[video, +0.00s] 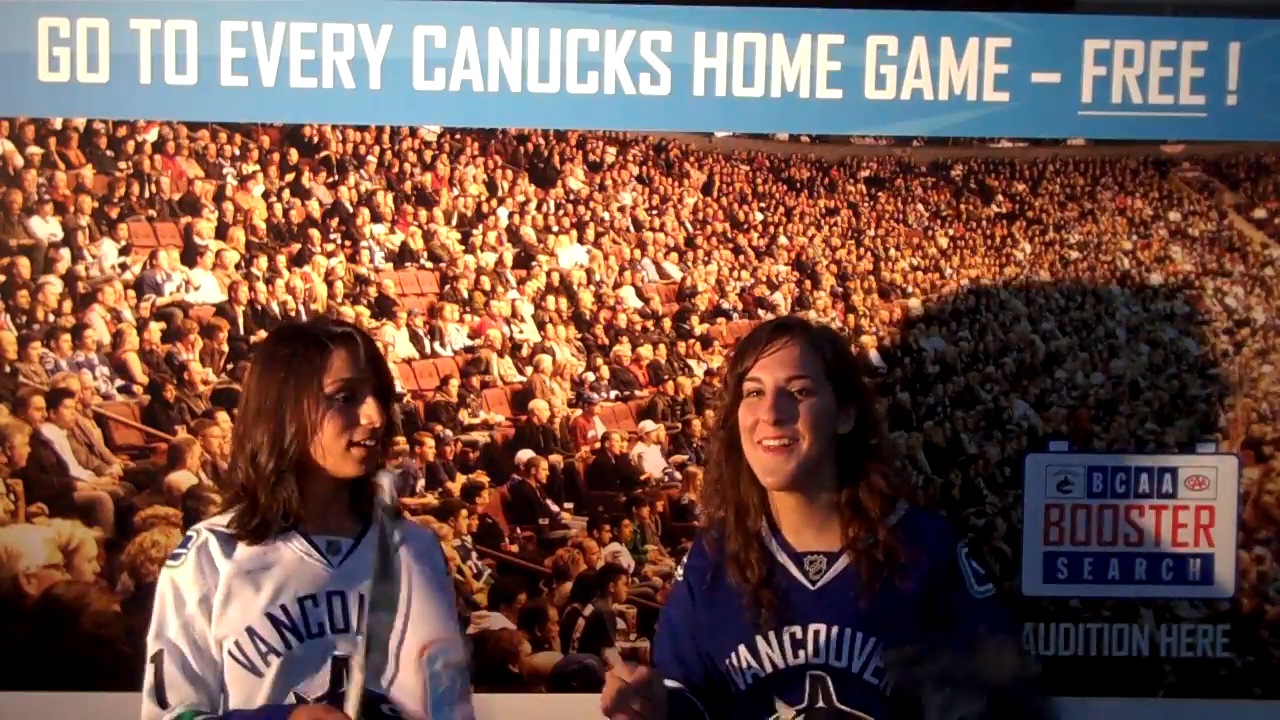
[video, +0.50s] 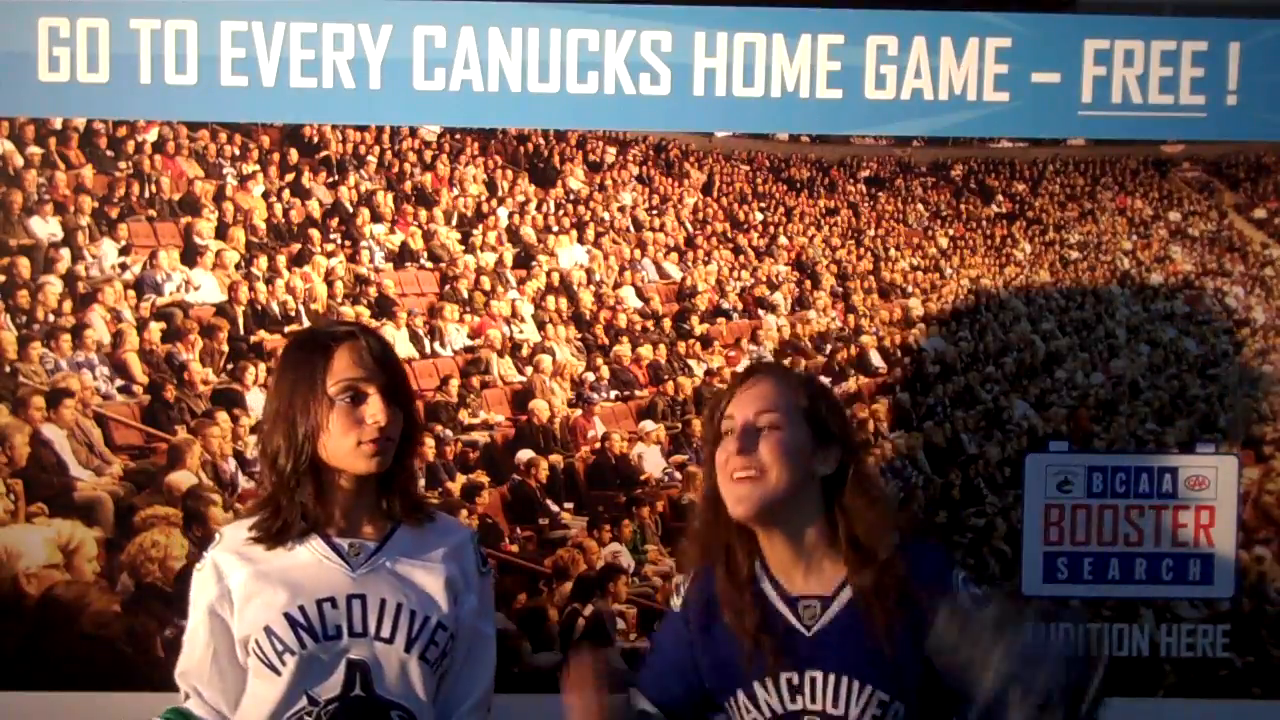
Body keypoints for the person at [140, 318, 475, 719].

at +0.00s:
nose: (375, 416)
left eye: (377, 395)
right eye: (344, 397)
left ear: (388, 401)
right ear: (284, 413)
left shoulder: (414, 552)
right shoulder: (206, 563)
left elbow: (443, 707)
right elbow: (173, 711)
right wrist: (293, 714)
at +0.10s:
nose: (374, 416)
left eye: (377, 393)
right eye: (344, 396)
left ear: (386, 398)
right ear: (285, 410)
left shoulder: (420, 542)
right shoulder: (209, 556)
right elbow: (165, 709)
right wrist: (255, 710)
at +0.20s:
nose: (373, 410)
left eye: (376, 388)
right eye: (342, 392)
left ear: (387, 394)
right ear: (285, 410)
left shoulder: (431, 540)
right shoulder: (215, 551)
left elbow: (465, 703)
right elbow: (167, 703)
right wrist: (277, 708)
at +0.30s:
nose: (376, 412)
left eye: (379, 391)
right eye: (344, 394)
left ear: (393, 400)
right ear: (290, 416)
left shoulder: (439, 543)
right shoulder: (221, 553)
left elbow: (465, 704)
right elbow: (186, 701)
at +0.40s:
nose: (377, 416)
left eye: (384, 394)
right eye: (346, 398)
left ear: (399, 405)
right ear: (294, 418)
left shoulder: (446, 549)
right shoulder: (225, 559)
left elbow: (464, 708)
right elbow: (196, 704)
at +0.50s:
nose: (382, 416)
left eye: (390, 394)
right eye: (352, 397)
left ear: (405, 407)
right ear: (300, 417)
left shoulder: (454, 551)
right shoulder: (231, 562)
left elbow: (468, 708)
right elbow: (207, 709)